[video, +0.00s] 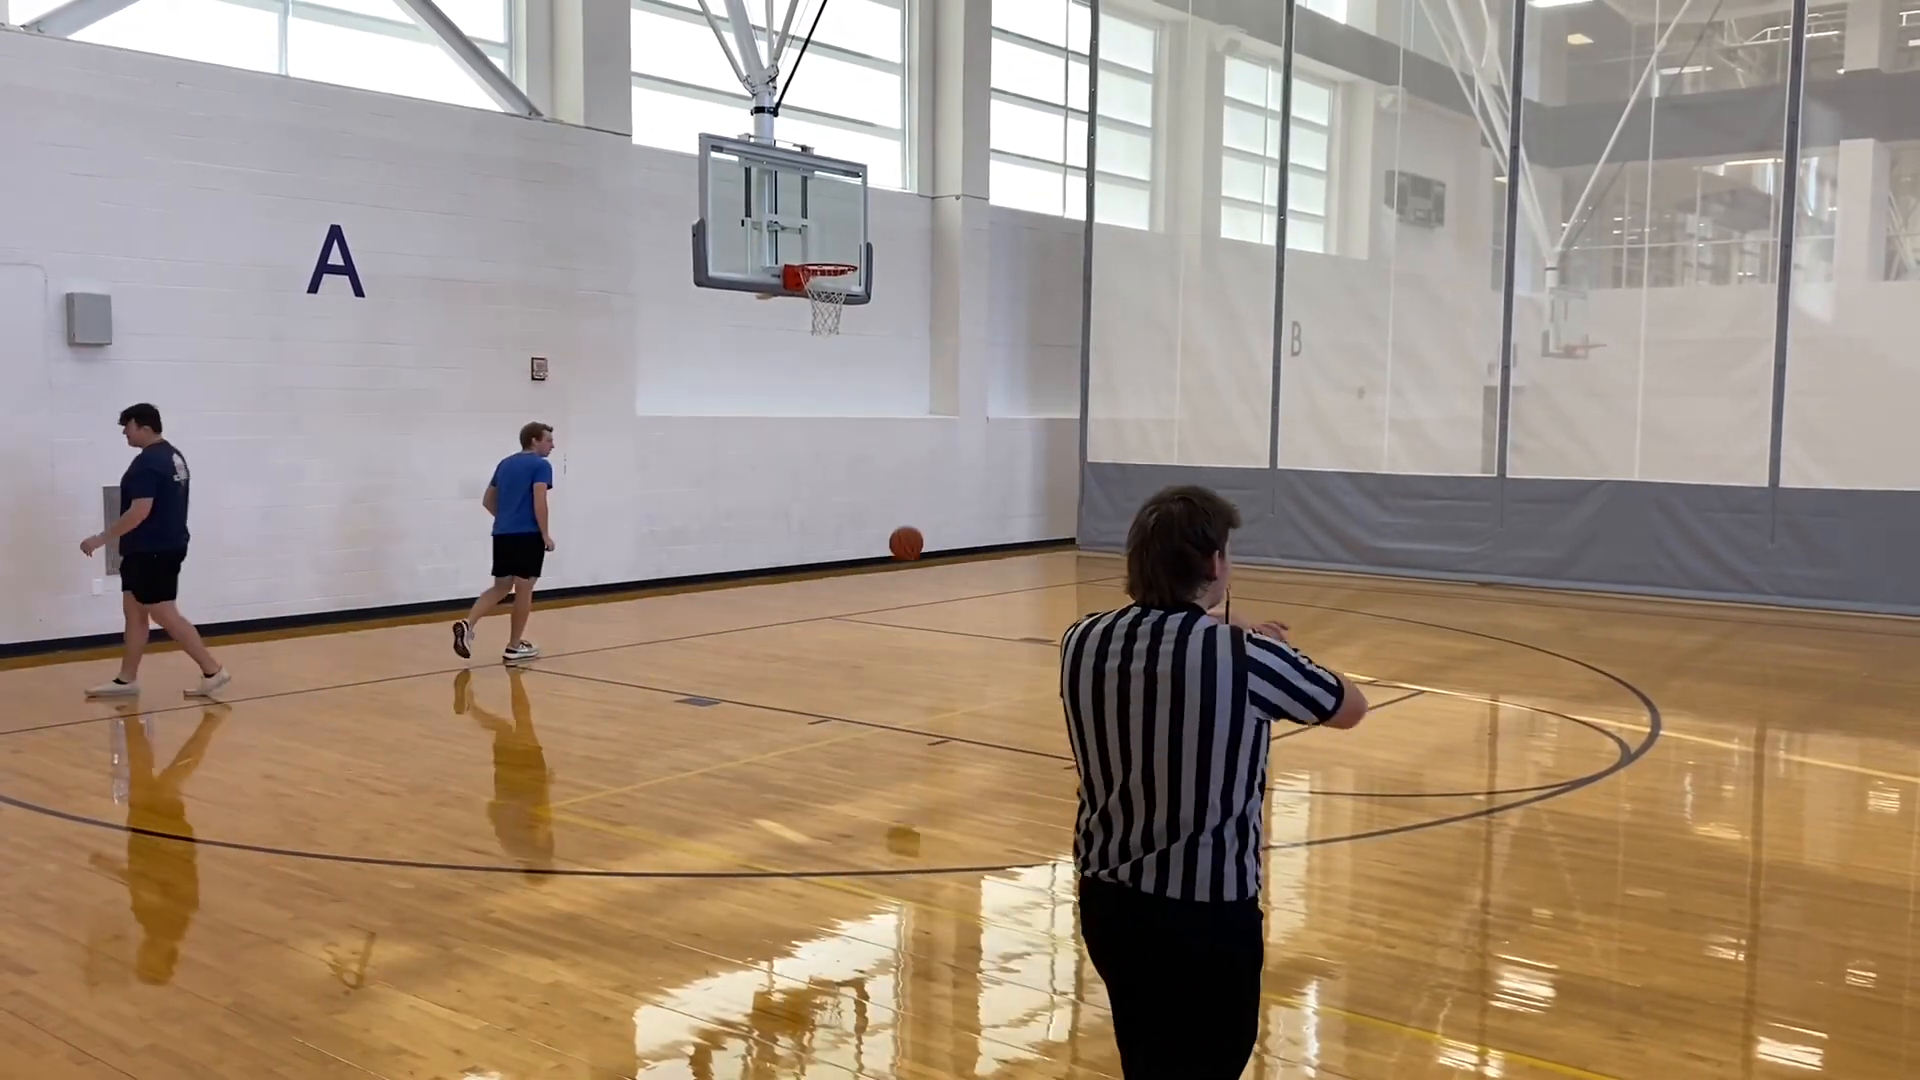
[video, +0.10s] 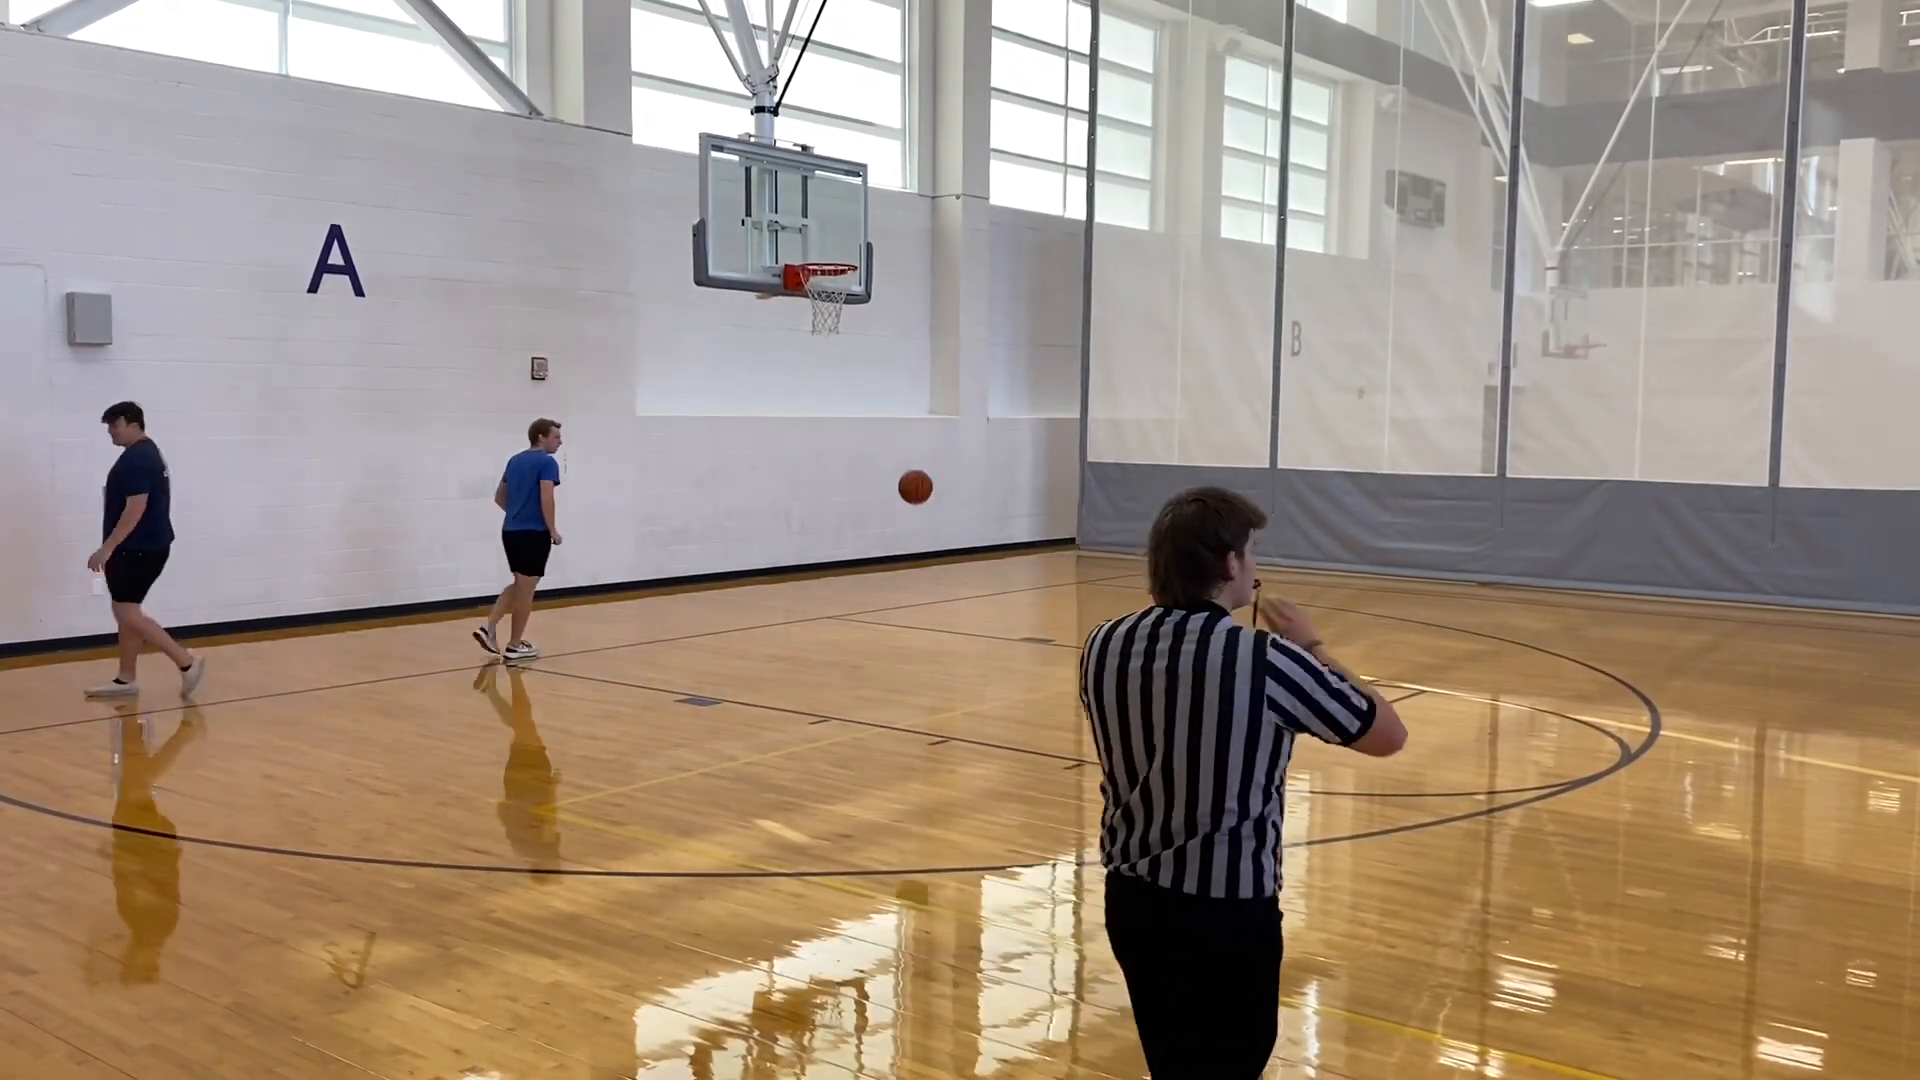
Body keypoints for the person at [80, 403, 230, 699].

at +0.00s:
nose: (125, 435)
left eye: (128, 429)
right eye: (125, 429)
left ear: (143, 428)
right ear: (150, 429)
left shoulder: (148, 461)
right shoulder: (172, 455)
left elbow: (139, 511)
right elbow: (169, 508)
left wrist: (101, 538)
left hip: (150, 551)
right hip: (163, 548)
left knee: (164, 613)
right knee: (135, 610)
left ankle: (214, 672)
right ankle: (126, 679)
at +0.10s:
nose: (110, 431)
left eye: (113, 425)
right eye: (109, 426)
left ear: (131, 424)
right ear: (133, 426)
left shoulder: (138, 457)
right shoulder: (143, 452)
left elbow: (136, 509)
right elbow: (141, 507)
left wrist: (106, 548)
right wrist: (114, 547)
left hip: (139, 547)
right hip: (141, 545)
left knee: (126, 610)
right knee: (126, 611)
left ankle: (187, 663)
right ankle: (126, 680)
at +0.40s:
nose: (76, 431)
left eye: (81, 424)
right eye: (73, 426)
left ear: (98, 423)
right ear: (72, 428)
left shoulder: (116, 460)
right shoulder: (79, 456)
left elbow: (130, 510)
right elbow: (68, 500)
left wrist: (125, 554)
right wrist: (43, 535)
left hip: (101, 551)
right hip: (84, 549)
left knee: (79, 614)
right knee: (109, 610)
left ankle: (70, 689)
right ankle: (125, 678)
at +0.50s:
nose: (69, 432)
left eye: (75, 426)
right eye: (65, 426)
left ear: (90, 426)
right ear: (62, 429)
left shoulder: (106, 464)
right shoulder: (66, 459)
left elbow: (121, 513)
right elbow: (53, 503)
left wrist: (121, 558)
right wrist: (26, 537)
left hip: (93, 554)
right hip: (69, 553)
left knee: (71, 616)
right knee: (95, 611)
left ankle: (60, 691)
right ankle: (122, 674)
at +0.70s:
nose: (55, 433)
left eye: (61, 427)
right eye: (50, 427)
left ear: (74, 426)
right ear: (45, 429)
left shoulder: (88, 464)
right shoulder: (40, 458)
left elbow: (99, 516)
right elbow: (33, 506)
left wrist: (88, 561)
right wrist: (27, 544)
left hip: (71, 553)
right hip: (40, 551)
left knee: (65, 619)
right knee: (26, 610)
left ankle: (59, 691)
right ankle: (85, 657)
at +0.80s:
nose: (48, 431)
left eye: (54, 425)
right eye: (42, 425)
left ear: (65, 426)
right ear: (35, 427)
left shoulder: (81, 465)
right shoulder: (29, 458)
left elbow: (86, 520)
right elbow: (17, 503)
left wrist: (67, 559)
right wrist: (16, 542)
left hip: (70, 550)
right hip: (33, 549)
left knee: (60, 617)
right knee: (8, 610)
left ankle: (60, 691)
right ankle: (49, 662)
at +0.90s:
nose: (39, 430)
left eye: (45, 424)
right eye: (33, 424)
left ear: (55, 426)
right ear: (25, 427)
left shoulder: (73, 464)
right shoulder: (16, 458)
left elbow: (75, 518)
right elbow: (3, 502)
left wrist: (48, 553)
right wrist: (7, 539)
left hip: (61, 551)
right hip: (21, 549)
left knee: (55, 619)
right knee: (3, 612)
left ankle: (58, 691)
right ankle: (8, 681)